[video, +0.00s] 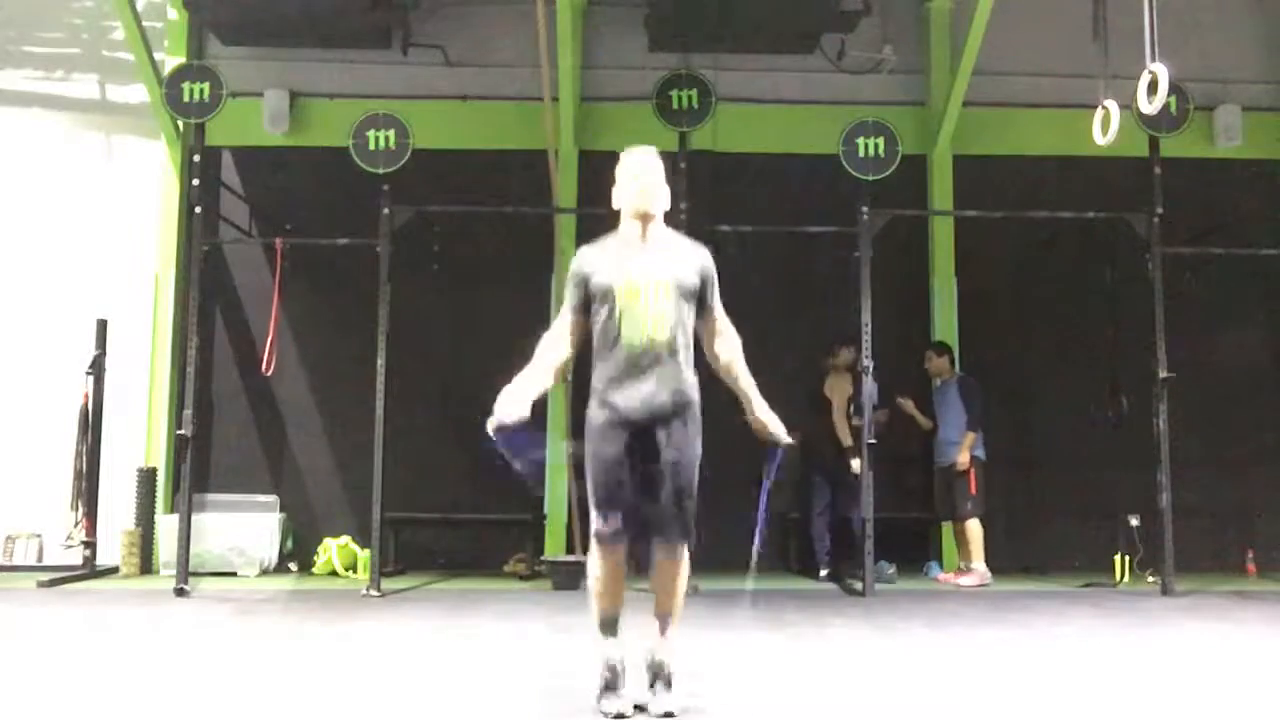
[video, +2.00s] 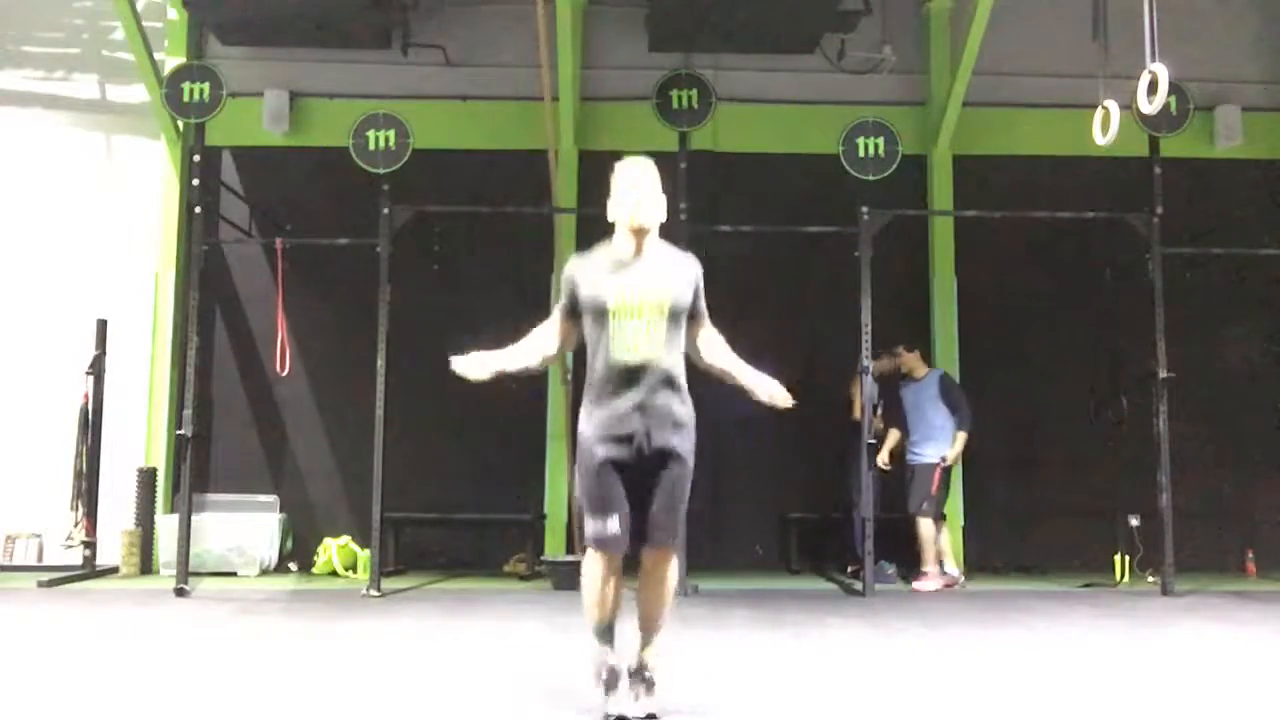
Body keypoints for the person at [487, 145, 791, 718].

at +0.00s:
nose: (644, 191)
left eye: (652, 181)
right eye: (634, 181)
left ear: (666, 190)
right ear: (616, 191)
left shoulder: (695, 259)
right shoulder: (590, 260)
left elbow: (720, 340)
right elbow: (563, 339)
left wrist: (756, 405)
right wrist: (521, 392)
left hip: (675, 410)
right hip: (610, 410)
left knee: (672, 533)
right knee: (608, 532)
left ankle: (662, 654)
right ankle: (608, 654)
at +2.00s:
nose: (642, 201)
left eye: (650, 191)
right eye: (632, 191)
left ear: (663, 202)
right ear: (612, 202)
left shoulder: (685, 269)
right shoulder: (582, 269)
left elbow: (704, 339)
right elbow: (554, 338)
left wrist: (752, 378)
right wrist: (496, 360)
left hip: (670, 421)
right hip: (603, 422)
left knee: (661, 546)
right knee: (606, 542)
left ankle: (644, 663)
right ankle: (604, 653)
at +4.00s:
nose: (648, 154)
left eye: (655, 147)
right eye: (637, 146)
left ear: (670, 159)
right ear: (619, 158)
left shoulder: (696, 224)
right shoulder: (593, 228)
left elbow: (727, 293)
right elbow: (571, 296)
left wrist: (764, 350)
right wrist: (544, 344)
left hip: (678, 364)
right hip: (616, 366)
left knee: (676, 477)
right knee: (618, 475)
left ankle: (662, 595)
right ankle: (623, 595)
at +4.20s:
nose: (649, 203)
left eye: (656, 194)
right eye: (639, 194)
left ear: (670, 205)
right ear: (620, 205)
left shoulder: (693, 269)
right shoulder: (592, 269)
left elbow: (714, 335)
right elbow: (562, 336)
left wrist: (764, 381)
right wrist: (505, 367)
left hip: (681, 416)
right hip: (617, 417)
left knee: (677, 532)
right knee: (624, 531)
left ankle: (660, 637)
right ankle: (619, 631)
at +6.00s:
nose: (648, 248)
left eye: (656, 239)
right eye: (638, 238)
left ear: (670, 248)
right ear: (621, 249)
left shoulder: (695, 315)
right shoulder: (594, 317)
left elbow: (728, 380)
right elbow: (561, 384)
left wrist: (781, 409)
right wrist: (521, 394)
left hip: (680, 461)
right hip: (617, 460)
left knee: (676, 573)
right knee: (625, 570)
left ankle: (659, 666)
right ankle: (630, 668)